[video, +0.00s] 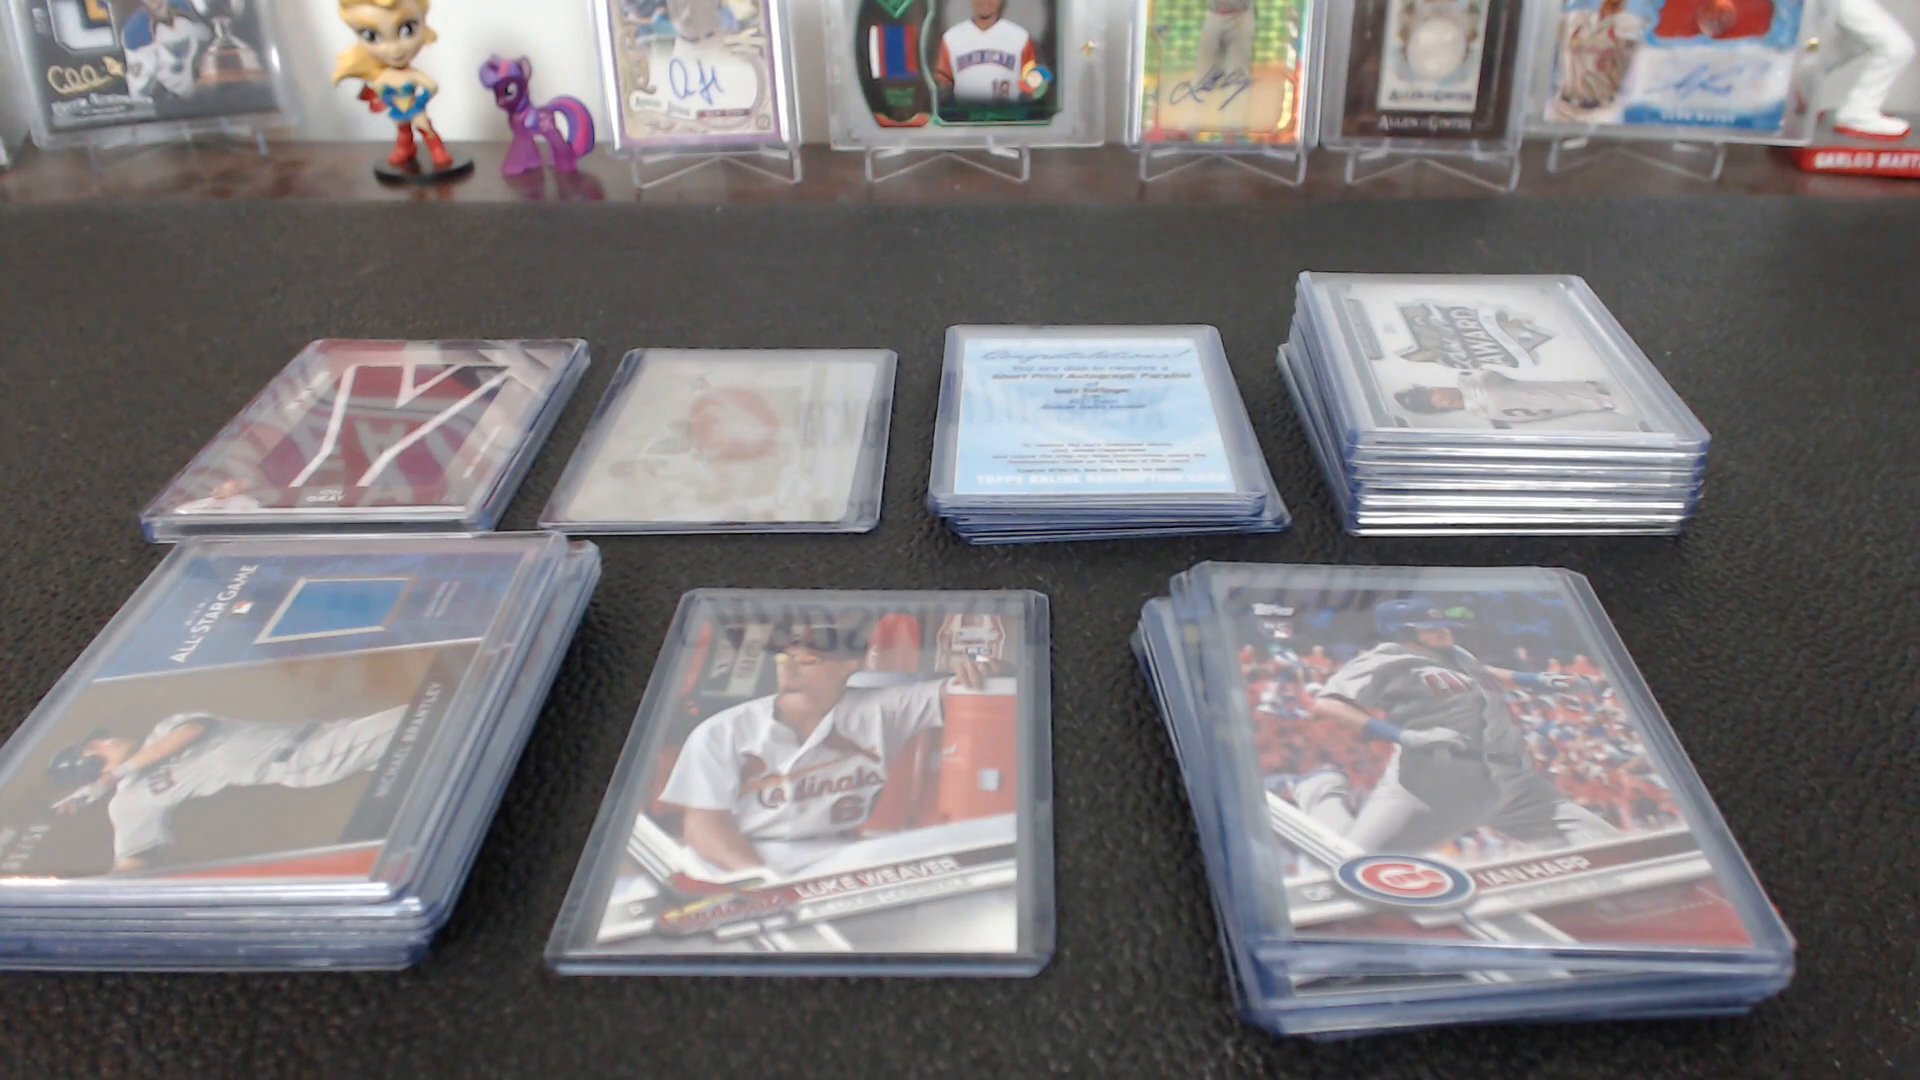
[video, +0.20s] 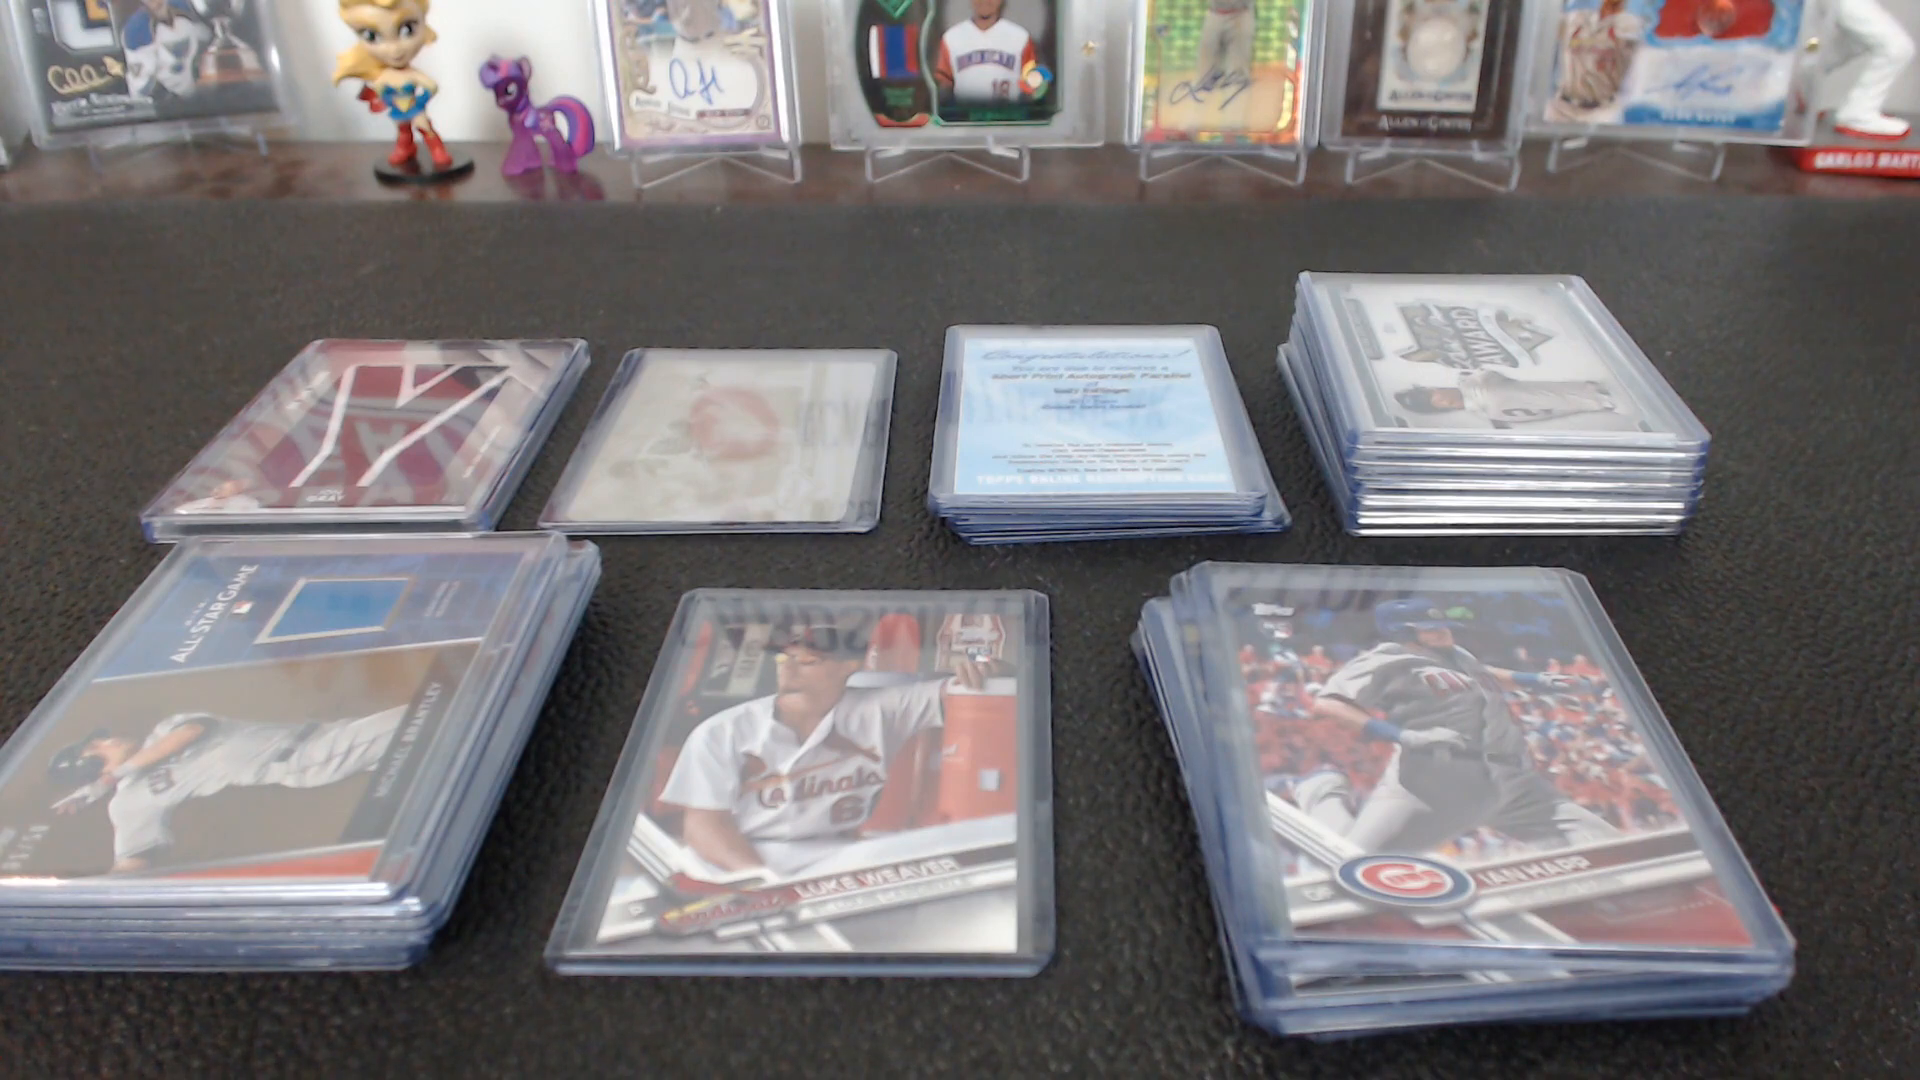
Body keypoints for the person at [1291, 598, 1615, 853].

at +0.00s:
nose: (1445, 631)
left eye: (1444, 622)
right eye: (1433, 623)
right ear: (1406, 630)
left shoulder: (1458, 656)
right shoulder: (1386, 660)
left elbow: (1490, 677)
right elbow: (1328, 704)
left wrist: (1541, 682)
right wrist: (1404, 736)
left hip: (1508, 787)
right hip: (1428, 795)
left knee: (1609, 847)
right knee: (1352, 869)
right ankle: (1321, 792)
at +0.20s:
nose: (1445, 631)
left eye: (1445, 623)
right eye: (1433, 624)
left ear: (1447, 625)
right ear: (1405, 628)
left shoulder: (1459, 657)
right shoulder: (1388, 659)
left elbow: (1489, 677)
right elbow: (1328, 704)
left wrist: (1540, 682)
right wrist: (1404, 736)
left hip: (1508, 787)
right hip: (1429, 793)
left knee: (1609, 846)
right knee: (1350, 869)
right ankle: (1322, 793)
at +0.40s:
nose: (1445, 631)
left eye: (1444, 623)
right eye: (1433, 624)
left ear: (1446, 625)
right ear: (1405, 629)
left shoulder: (1459, 657)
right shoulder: (1387, 659)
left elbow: (1490, 677)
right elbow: (1328, 704)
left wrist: (1541, 682)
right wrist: (1404, 736)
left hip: (1510, 787)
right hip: (1431, 793)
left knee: (1611, 847)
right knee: (1350, 869)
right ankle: (1322, 793)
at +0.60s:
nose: (1445, 631)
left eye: (1444, 622)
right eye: (1433, 623)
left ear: (1446, 625)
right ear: (1405, 629)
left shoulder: (1459, 657)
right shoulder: (1387, 659)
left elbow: (1490, 677)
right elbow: (1328, 704)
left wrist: (1541, 682)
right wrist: (1404, 736)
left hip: (1510, 787)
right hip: (1431, 792)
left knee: (1611, 847)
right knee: (1350, 869)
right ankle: (1322, 793)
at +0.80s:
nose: (1445, 631)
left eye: (1444, 623)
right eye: (1433, 623)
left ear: (1445, 626)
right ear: (1406, 629)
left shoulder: (1459, 657)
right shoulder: (1387, 659)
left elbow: (1491, 677)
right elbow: (1328, 704)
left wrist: (1542, 682)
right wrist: (1404, 735)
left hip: (1509, 787)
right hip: (1431, 792)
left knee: (1609, 846)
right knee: (1351, 867)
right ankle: (1321, 793)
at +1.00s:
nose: (1445, 631)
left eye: (1444, 622)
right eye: (1433, 623)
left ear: (1445, 625)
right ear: (1405, 629)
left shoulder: (1459, 657)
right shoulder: (1387, 659)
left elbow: (1491, 677)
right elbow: (1328, 704)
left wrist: (1542, 682)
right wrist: (1404, 736)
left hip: (1510, 787)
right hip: (1431, 792)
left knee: (1609, 847)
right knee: (1352, 867)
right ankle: (1321, 792)